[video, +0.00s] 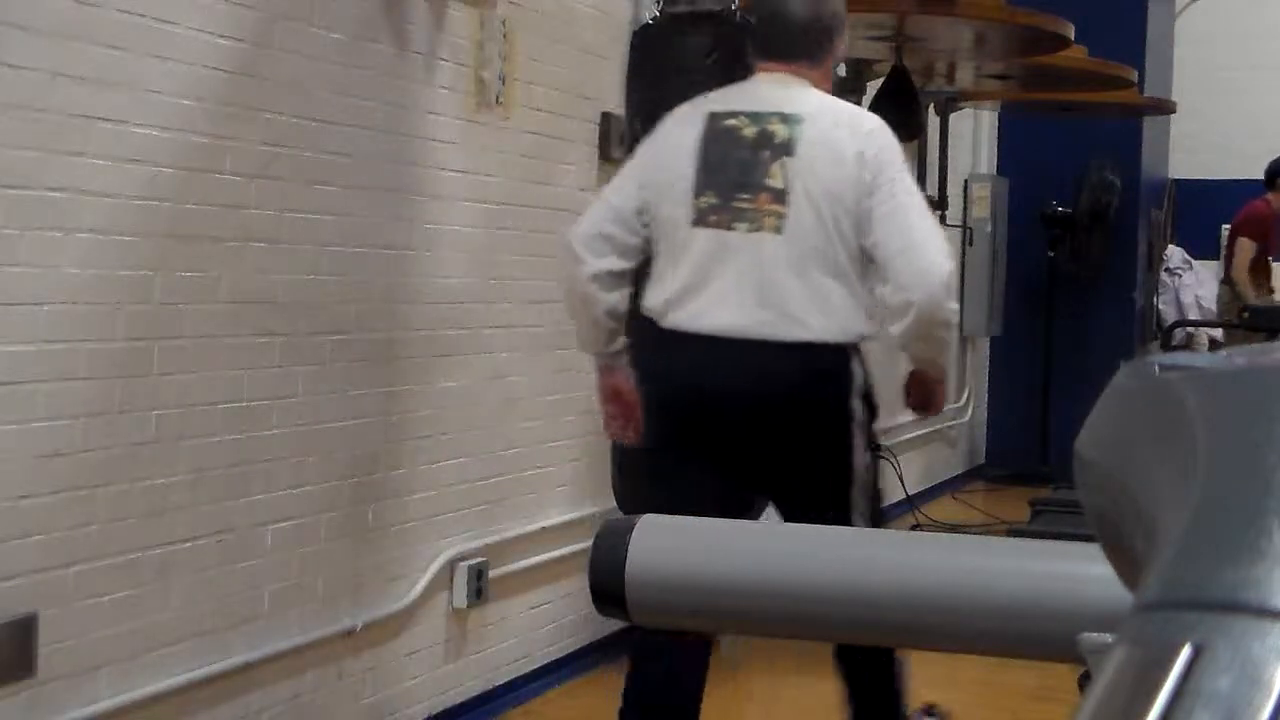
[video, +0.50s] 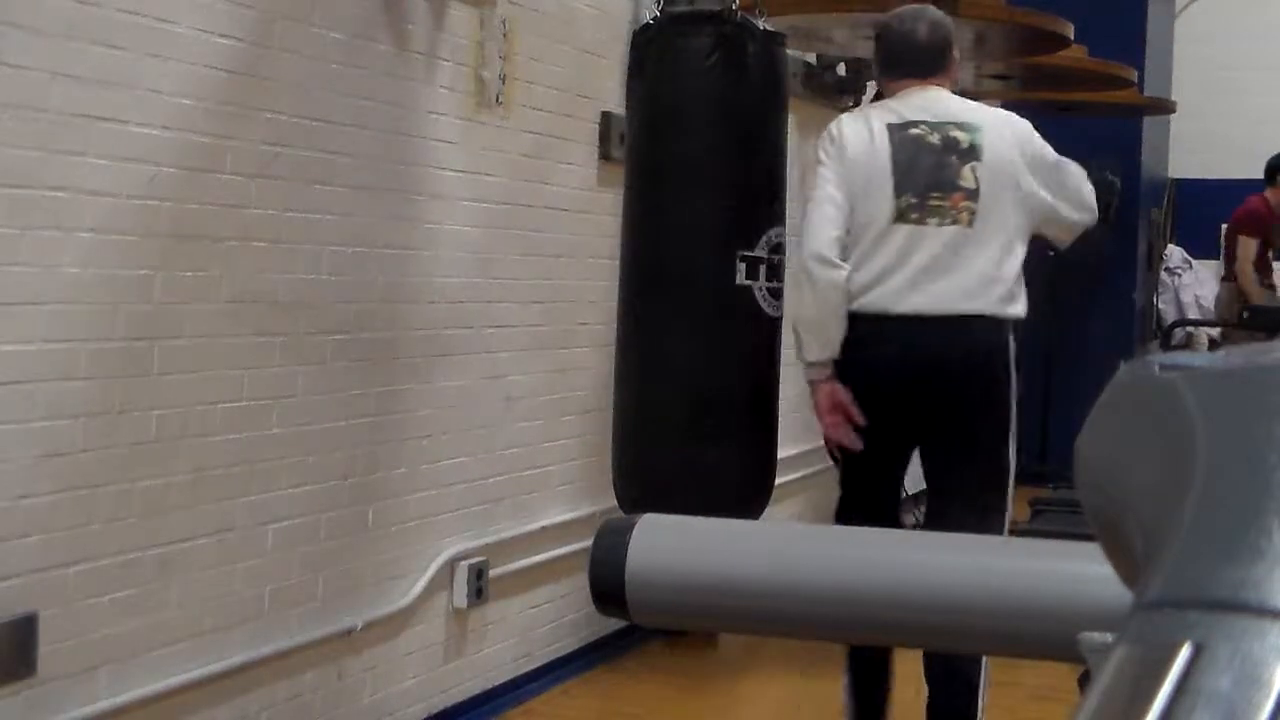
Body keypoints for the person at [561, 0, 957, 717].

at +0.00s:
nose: (840, 61)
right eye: (841, 49)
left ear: (751, 43)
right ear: (833, 52)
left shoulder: (683, 123)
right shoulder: (863, 136)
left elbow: (593, 249)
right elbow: (928, 279)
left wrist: (610, 361)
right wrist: (928, 366)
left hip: (680, 376)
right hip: (807, 387)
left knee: (672, 585)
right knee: (853, 574)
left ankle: (654, 716)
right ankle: (882, 716)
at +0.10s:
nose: (878, 87)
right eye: (880, 79)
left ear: (796, 72)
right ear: (872, 79)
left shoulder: (729, 141)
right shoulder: (908, 157)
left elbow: (641, 257)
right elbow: (981, 297)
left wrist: (646, 371)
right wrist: (964, 367)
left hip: (729, 391)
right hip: (855, 399)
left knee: (707, 591)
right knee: (901, 585)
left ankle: (672, 714)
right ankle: (933, 711)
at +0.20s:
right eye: (914, 82)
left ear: (828, 81)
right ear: (908, 85)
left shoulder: (774, 147)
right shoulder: (947, 162)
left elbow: (700, 266)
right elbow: (1020, 295)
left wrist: (692, 380)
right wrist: (989, 357)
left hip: (778, 386)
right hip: (898, 395)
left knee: (753, 584)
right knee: (933, 579)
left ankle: (705, 713)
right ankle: (949, 714)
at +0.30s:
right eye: (937, 78)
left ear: (855, 78)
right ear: (934, 79)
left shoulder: (807, 143)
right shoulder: (979, 151)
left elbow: (752, 267)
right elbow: (1050, 284)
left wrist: (745, 383)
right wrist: (995, 313)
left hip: (822, 368)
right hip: (933, 374)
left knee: (815, 545)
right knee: (944, 556)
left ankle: (745, 701)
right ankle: (950, 710)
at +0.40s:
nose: (955, 73)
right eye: (953, 65)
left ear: (870, 71)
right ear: (946, 69)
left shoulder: (830, 133)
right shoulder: (995, 136)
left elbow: (793, 255)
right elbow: (1069, 254)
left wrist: (790, 370)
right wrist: (1010, 236)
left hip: (850, 353)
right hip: (956, 360)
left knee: (844, 527)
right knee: (957, 540)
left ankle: (808, 696)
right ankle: (952, 705)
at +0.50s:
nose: (965, 72)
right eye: (962, 63)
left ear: (879, 71)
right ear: (954, 68)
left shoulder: (846, 135)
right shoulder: (1006, 133)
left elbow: (819, 257)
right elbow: (1078, 210)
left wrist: (821, 372)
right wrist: (1017, 186)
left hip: (876, 355)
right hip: (977, 361)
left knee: (863, 537)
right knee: (970, 542)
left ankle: (867, 704)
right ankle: (955, 707)